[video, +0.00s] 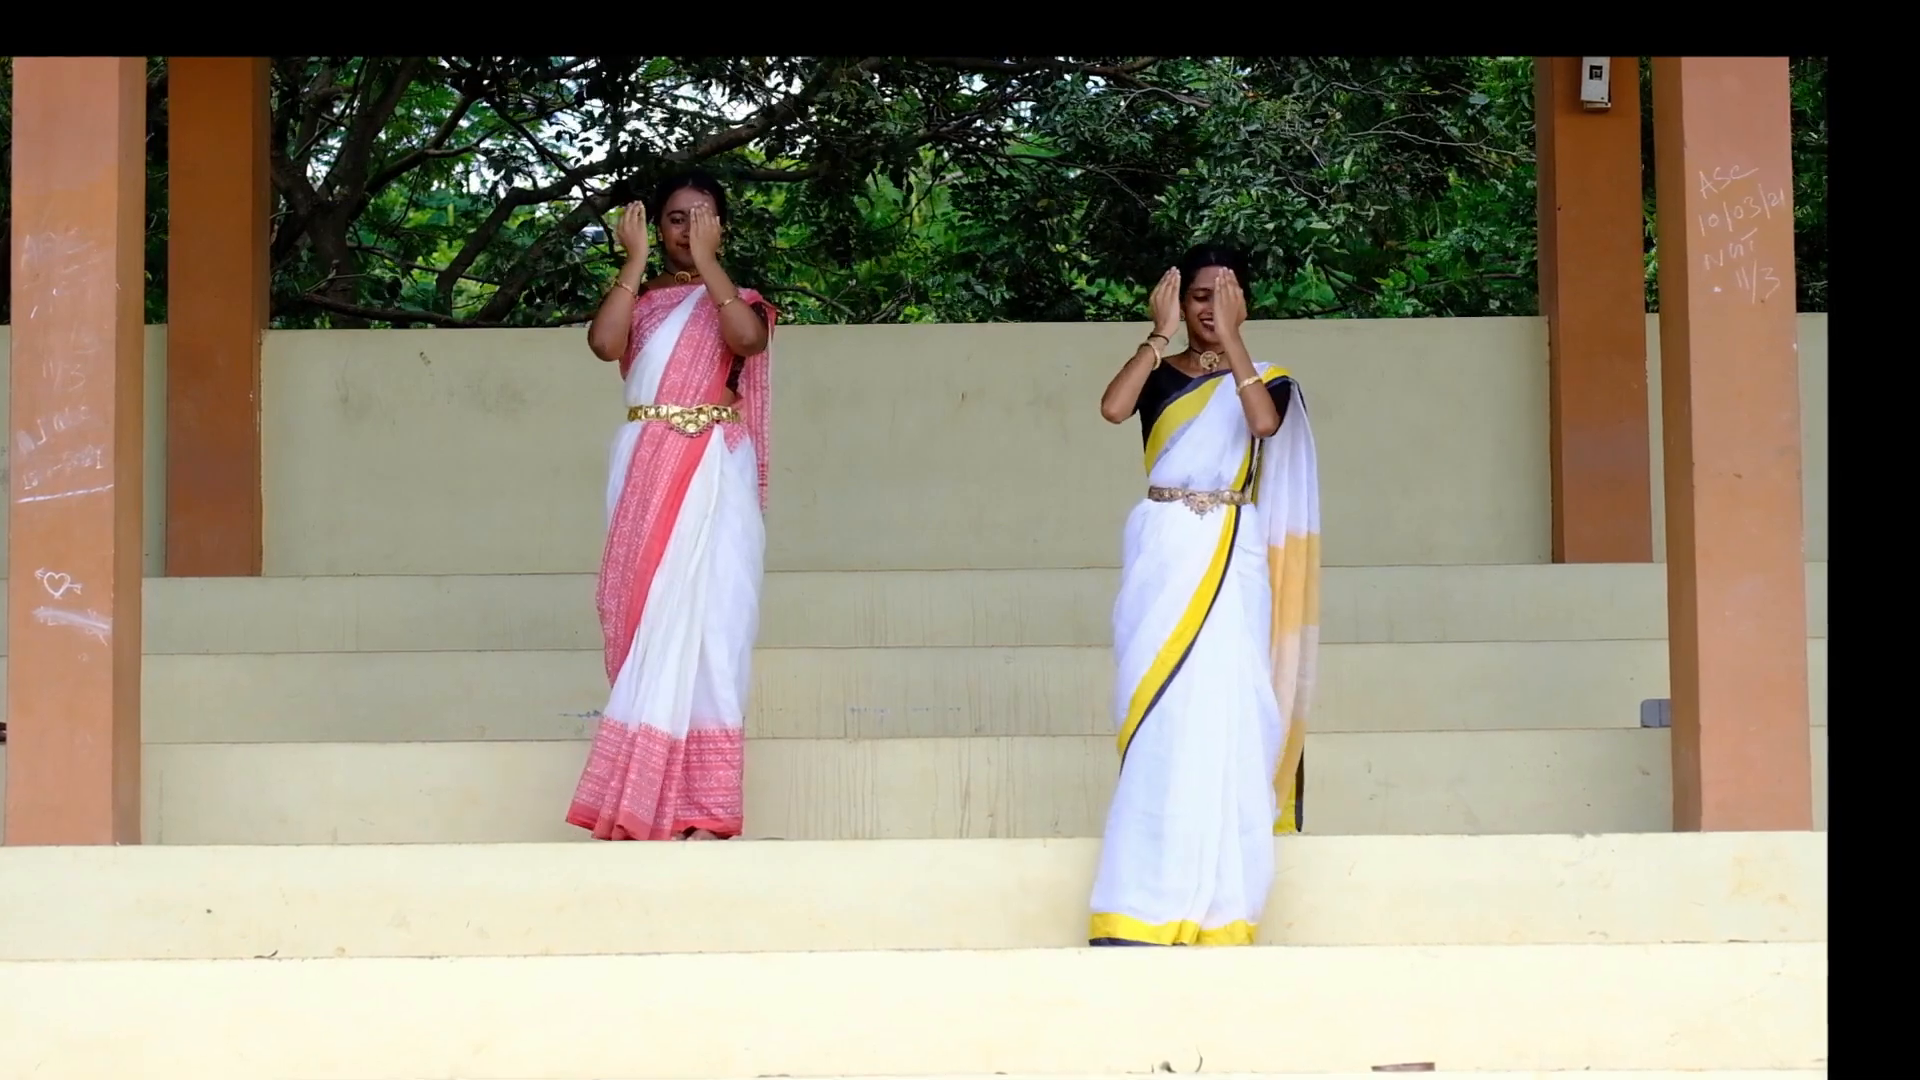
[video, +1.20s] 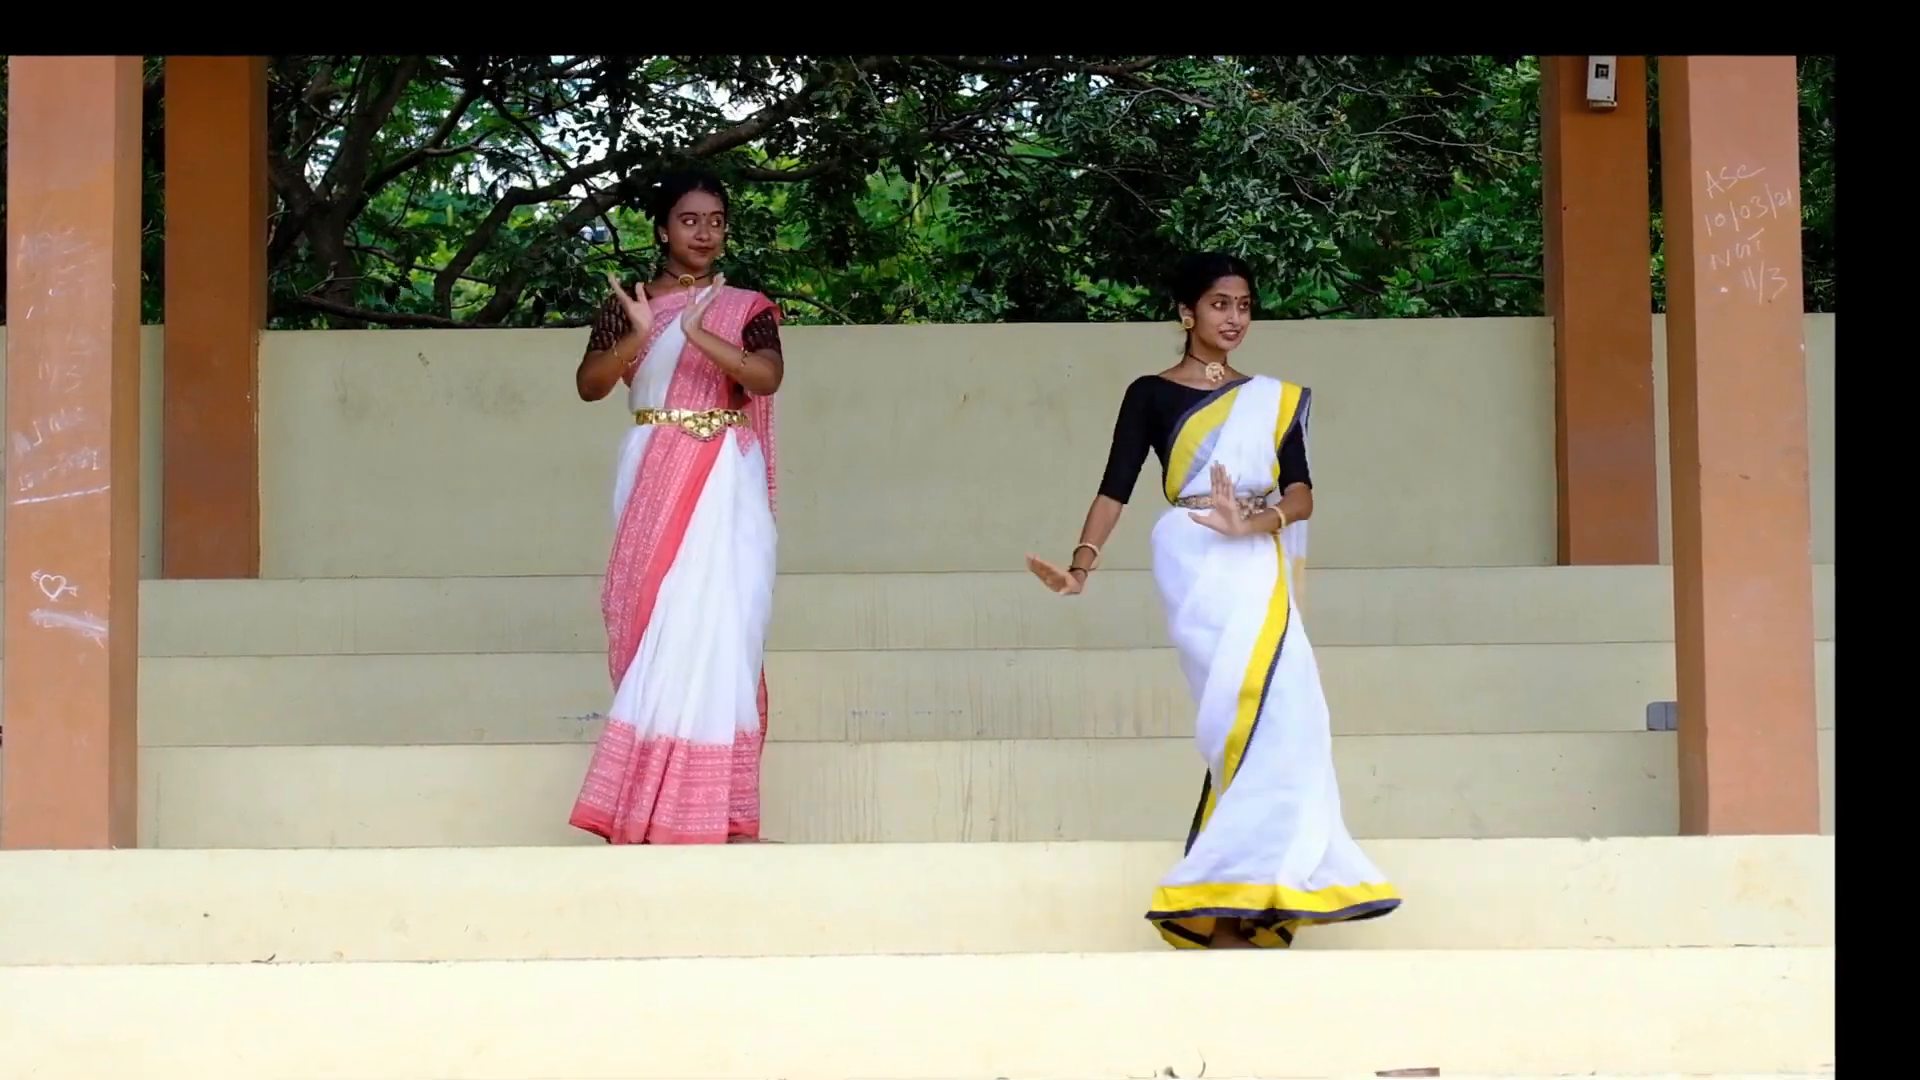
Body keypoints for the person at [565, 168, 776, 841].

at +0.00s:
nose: (682, 228)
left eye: (694, 216)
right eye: (673, 218)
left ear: (721, 227)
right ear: (660, 231)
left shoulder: (746, 299)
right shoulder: (643, 300)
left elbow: (747, 340)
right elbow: (604, 341)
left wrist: (707, 265)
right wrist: (633, 260)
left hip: (715, 472)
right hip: (645, 470)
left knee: (708, 625)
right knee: (646, 623)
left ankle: (702, 805)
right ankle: (641, 801)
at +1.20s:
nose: (704, 231)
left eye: (714, 220)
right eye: (690, 219)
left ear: (727, 229)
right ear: (664, 227)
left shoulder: (747, 307)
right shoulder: (631, 304)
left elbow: (766, 377)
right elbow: (590, 385)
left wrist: (702, 337)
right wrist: (636, 337)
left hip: (727, 482)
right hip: (655, 481)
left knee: (717, 629)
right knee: (658, 628)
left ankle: (703, 809)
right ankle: (652, 804)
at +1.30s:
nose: (720, 237)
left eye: (729, 226)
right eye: (705, 224)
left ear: (736, 235)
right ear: (674, 233)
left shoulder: (755, 313)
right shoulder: (633, 315)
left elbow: (767, 395)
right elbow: (609, 399)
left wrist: (720, 414)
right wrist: (604, 427)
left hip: (733, 490)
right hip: (659, 489)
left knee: (717, 631)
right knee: (661, 631)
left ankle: (706, 812)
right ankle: (659, 806)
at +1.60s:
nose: (748, 241)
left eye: (754, 229)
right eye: (734, 228)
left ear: (758, 235)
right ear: (698, 235)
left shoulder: (768, 315)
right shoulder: (651, 310)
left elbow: (768, 386)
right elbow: (583, 383)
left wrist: (693, 391)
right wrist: (505, 434)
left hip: (747, 479)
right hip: (674, 477)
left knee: (783, 585)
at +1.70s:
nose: (753, 245)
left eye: (758, 234)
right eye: (739, 232)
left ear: (761, 242)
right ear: (700, 239)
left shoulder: (771, 319)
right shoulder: (653, 315)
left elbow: (781, 398)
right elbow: (582, 386)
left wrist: (712, 406)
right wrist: (503, 420)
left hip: (748, 472)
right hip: (674, 475)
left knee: (764, 581)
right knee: (705, 612)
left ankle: (856, 698)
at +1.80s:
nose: (752, 249)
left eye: (759, 238)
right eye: (738, 237)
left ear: (766, 247)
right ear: (702, 246)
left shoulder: (777, 328)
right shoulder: (659, 319)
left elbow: (799, 419)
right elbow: (599, 395)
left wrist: (761, 441)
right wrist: (528, 453)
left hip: (749, 479)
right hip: (675, 476)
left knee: (769, 596)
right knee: (702, 621)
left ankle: (843, 727)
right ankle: (711, 779)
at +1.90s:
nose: (739, 248)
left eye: (749, 236)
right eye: (724, 236)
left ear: (762, 246)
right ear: (699, 246)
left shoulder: (782, 332)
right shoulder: (664, 322)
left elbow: (810, 419)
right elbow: (624, 401)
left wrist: (823, 471)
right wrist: (583, 472)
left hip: (752, 483)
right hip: (680, 478)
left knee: (752, 613)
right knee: (700, 621)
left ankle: (793, 778)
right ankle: (739, 787)